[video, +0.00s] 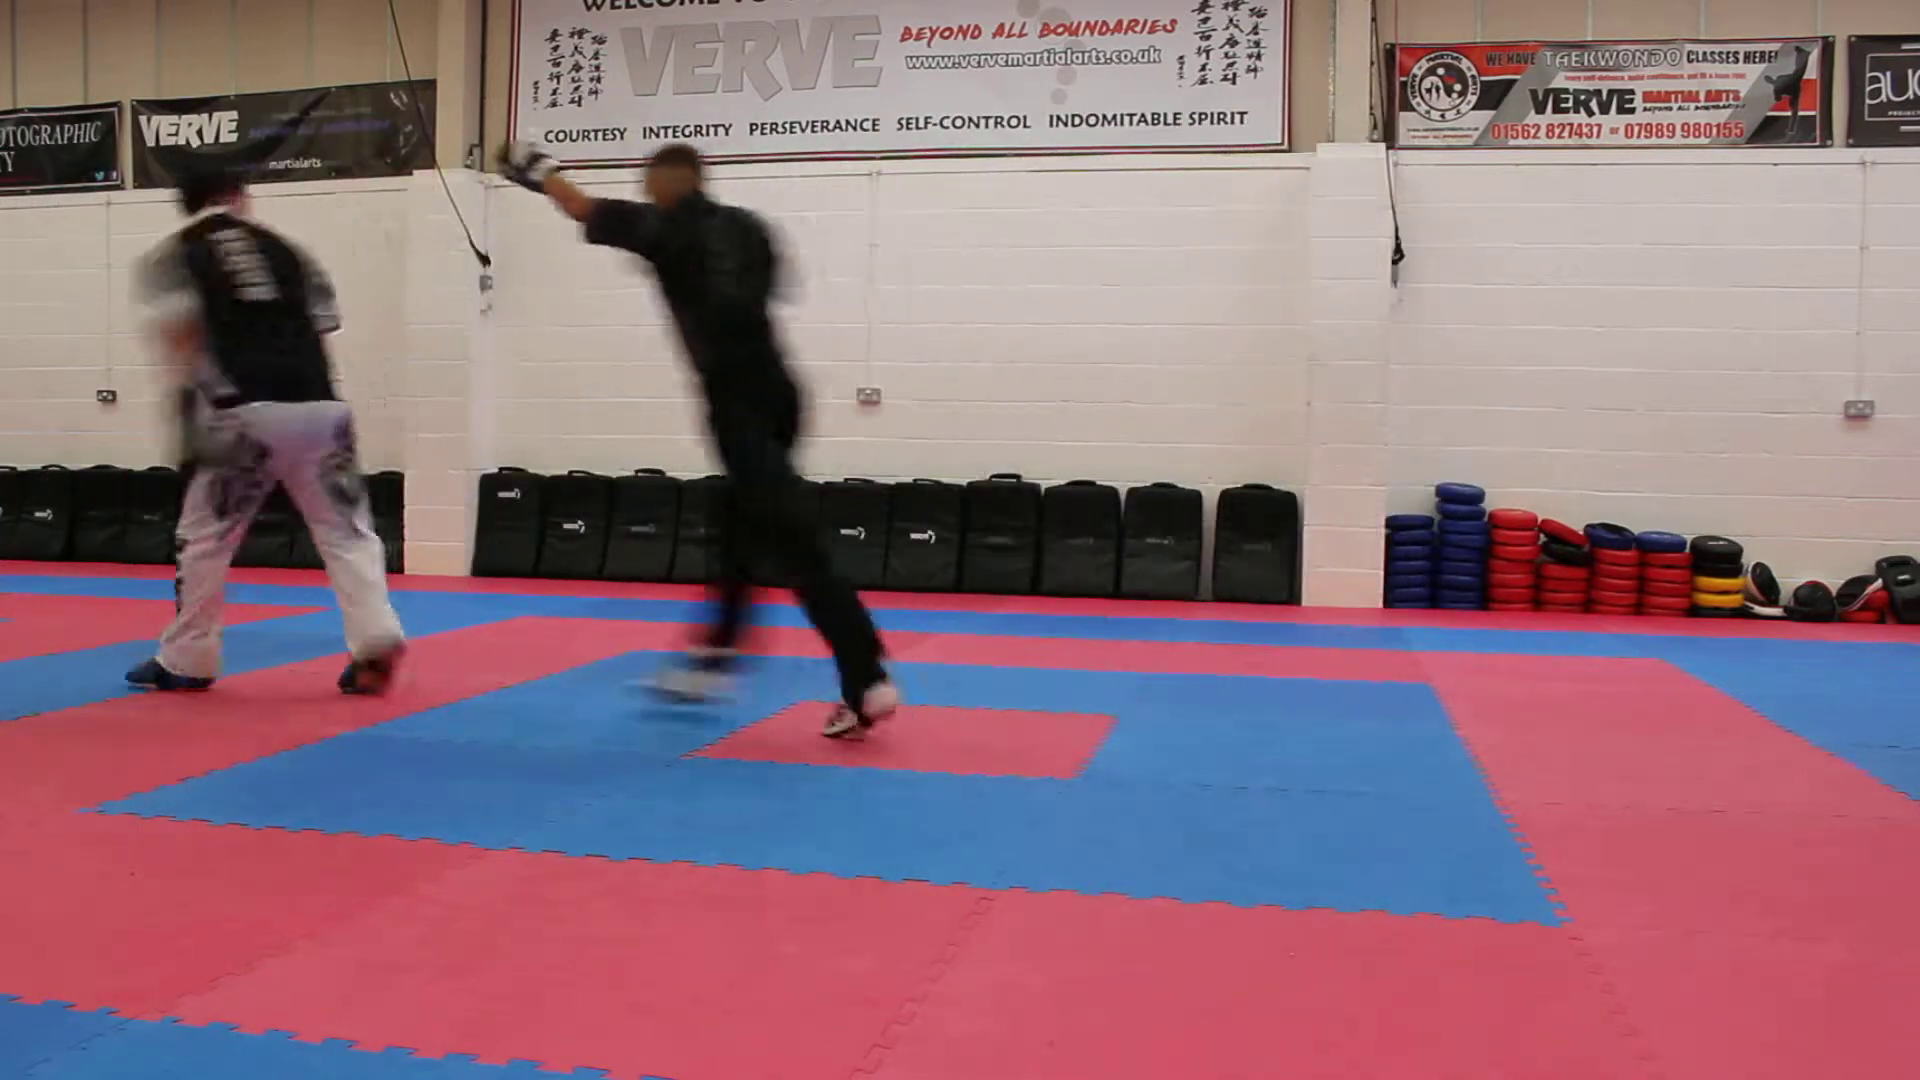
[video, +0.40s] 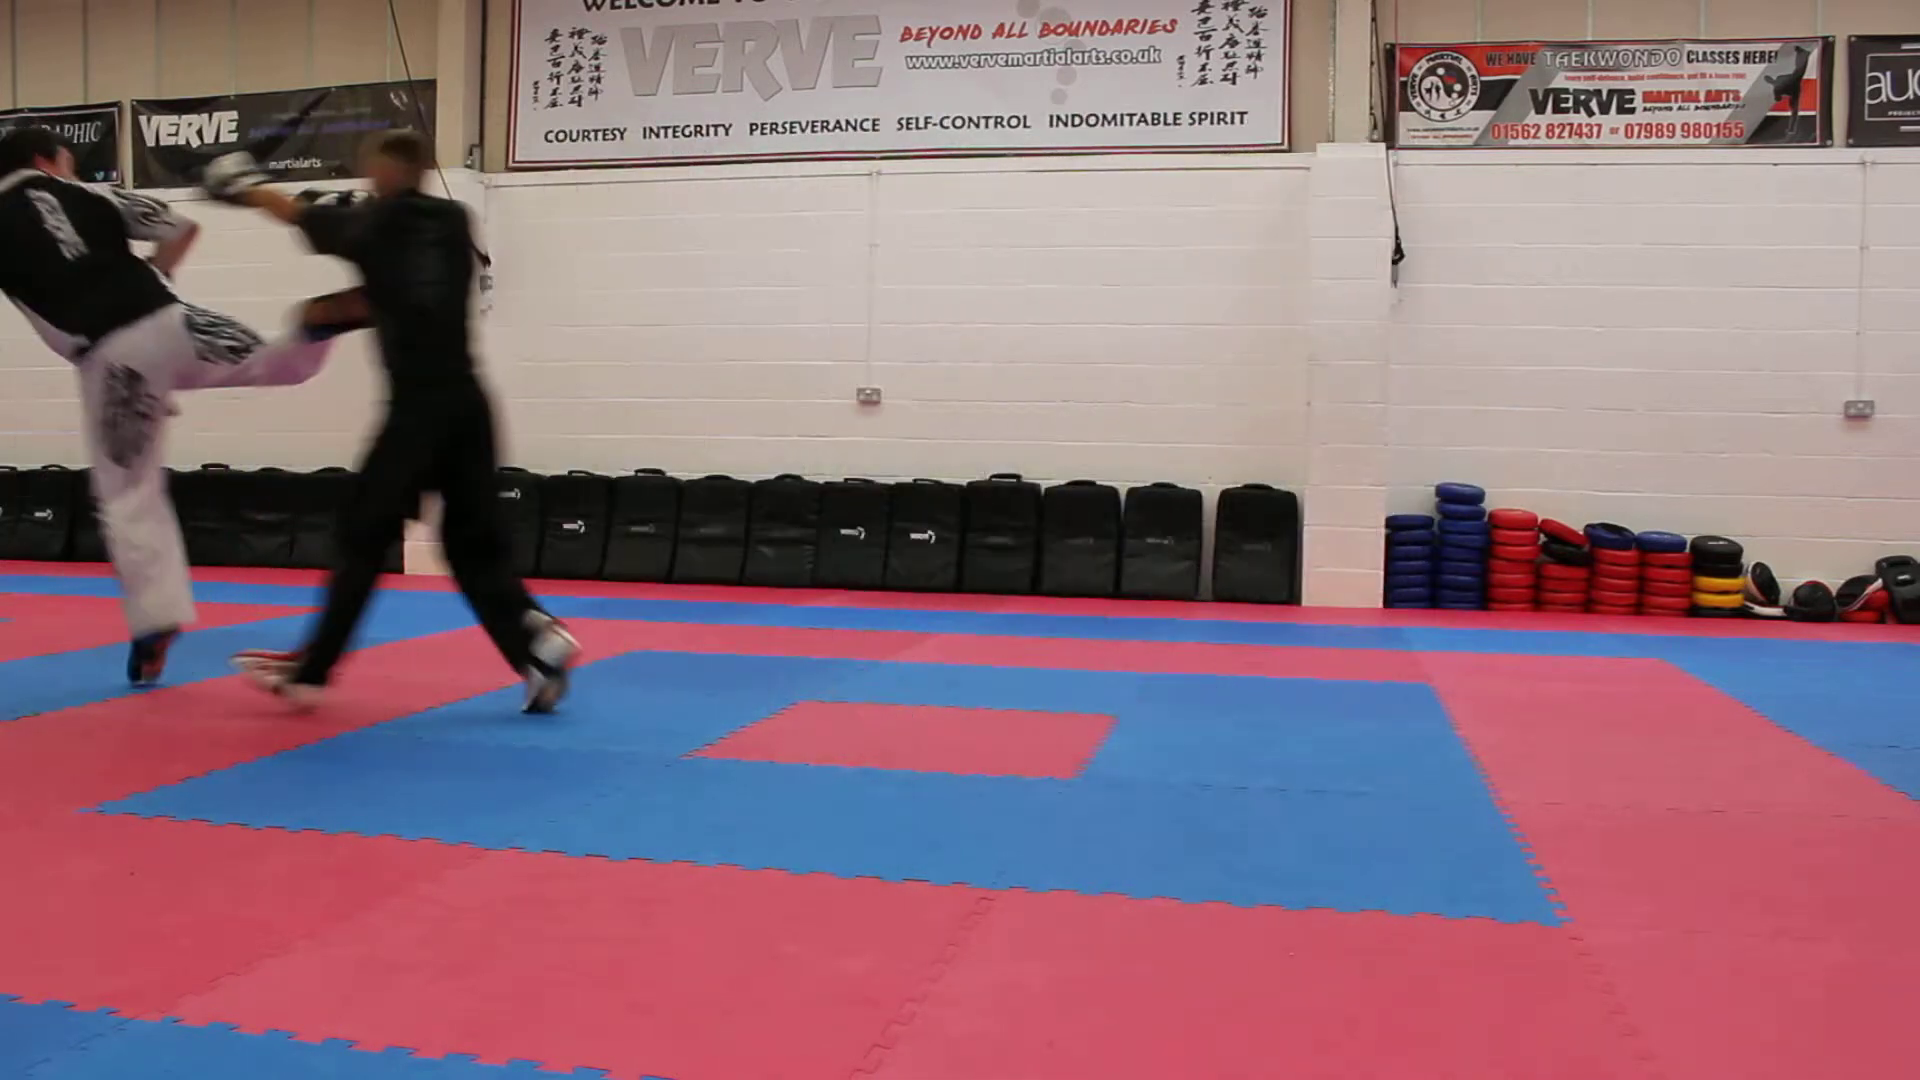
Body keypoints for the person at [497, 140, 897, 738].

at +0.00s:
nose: (650, 189)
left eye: (655, 179)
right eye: (652, 179)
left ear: (668, 180)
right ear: (698, 177)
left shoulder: (668, 227)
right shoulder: (744, 226)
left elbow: (588, 212)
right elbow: (778, 278)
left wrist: (537, 172)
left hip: (736, 406)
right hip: (774, 397)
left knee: (794, 538)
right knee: (737, 524)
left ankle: (868, 678)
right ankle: (718, 649)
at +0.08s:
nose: (597, 200)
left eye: (602, 191)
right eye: (599, 191)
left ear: (620, 191)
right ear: (644, 190)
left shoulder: (623, 235)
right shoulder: (678, 235)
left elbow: (547, 213)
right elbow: (598, 239)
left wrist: (497, 169)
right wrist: (539, 245)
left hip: (664, 421)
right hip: (687, 417)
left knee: (722, 549)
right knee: (641, 551)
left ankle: (817, 660)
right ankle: (588, 671)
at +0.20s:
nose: (511, 202)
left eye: (517, 194)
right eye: (515, 194)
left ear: (530, 199)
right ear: (558, 201)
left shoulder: (527, 248)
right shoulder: (586, 249)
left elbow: (469, 226)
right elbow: (507, 245)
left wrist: (419, 175)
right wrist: (447, 232)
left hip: (578, 425)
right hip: (613, 421)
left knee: (543, 564)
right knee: (566, 562)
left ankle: (573, 682)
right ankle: (635, 626)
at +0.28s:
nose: (458, 195)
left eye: (463, 186)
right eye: (462, 186)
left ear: (472, 188)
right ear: (504, 190)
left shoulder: (475, 239)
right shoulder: (531, 241)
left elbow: (401, 221)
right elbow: (506, 341)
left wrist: (354, 182)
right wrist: (428, 341)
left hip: (519, 419)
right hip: (558, 415)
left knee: (453, 550)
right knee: (519, 547)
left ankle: (502, 649)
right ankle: (572, 667)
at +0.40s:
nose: (370, 178)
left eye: (376, 168)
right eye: (372, 169)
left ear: (395, 169)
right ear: (420, 170)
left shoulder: (379, 222)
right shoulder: (452, 221)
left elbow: (302, 217)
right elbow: (393, 295)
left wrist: (246, 186)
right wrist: (317, 315)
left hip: (417, 415)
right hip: (466, 410)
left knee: (365, 533)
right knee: (469, 536)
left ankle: (313, 667)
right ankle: (535, 641)